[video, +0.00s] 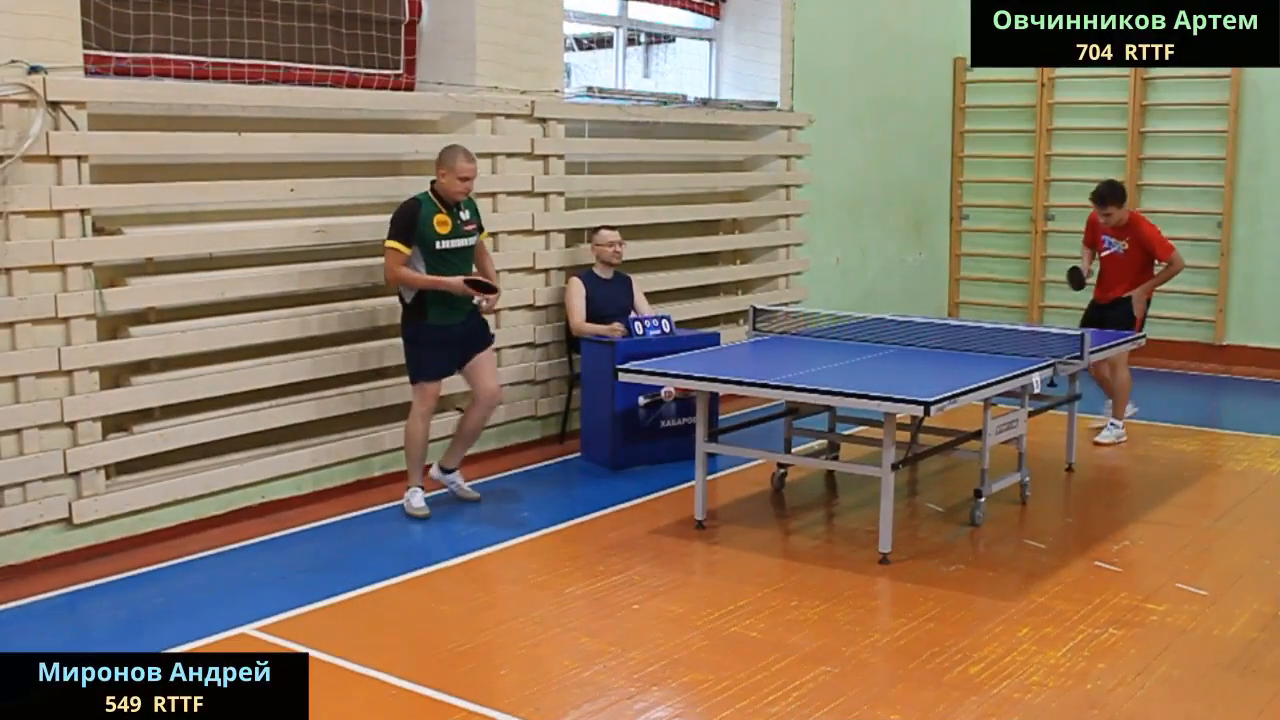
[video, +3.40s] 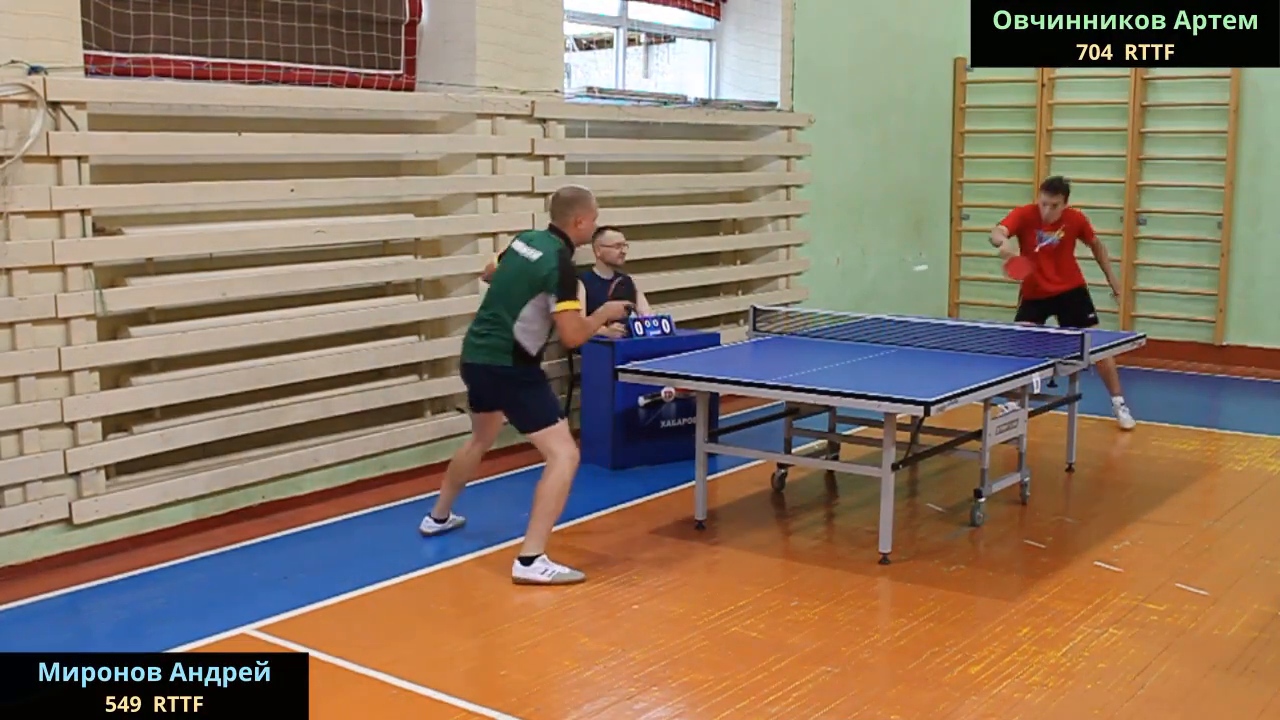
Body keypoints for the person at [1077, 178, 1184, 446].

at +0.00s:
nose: (1102, 219)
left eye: (1107, 215)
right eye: (1099, 214)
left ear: (1123, 208)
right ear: (1095, 208)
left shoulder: (1141, 228)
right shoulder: (1096, 221)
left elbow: (1177, 263)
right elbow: (1088, 247)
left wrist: (1142, 291)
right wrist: (1086, 267)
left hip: (1128, 302)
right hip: (1100, 300)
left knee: (1117, 361)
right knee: (1091, 358)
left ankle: (1117, 423)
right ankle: (1121, 402)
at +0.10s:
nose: (1093, 222)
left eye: (1098, 217)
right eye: (1090, 216)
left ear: (1115, 210)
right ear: (1087, 211)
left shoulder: (1134, 230)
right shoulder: (1087, 222)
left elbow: (1169, 265)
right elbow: (1081, 248)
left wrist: (1137, 290)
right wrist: (1077, 267)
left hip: (1121, 303)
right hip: (1093, 300)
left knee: (1112, 361)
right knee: (1076, 352)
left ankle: (1117, 424)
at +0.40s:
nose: (1060, 229)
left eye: (1065, 224)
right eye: (1057, 224)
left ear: (1081, 217)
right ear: (1053, 219)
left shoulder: (1102, 234)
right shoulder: (1052, 237)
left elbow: (1143, 259)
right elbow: (1046, 266)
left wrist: (1117, 290)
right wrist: (1044, 283)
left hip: (1102, 304)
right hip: (1070, 301)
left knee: (1105, 360)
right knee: (1051, 355)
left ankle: (1116, 424)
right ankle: (1047, 412)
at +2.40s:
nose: (1076, 224)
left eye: (1083, 219)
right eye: (1073, 218)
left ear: (1097, 217)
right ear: (1070, 216)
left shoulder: (1114, 236)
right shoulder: (1060, 240)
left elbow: (1149, 259)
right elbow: (1047, 274)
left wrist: (1125, 292)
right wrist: (1054, 289)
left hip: (1109, 310)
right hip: (1072, 311)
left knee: (1131, 357)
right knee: (1049, 358)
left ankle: (1140, 420)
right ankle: (1048, 411)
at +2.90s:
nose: (1069, 221)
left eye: (1074, 216)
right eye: (1066, 215)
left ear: (1090, 213)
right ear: (1063, 212)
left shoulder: (1110, 236)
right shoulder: (1056, 238)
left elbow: (1147, 262)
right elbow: (1020, 260)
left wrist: (1150, 297)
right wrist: (1016, 280)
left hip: (1114, 315)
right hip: (1073, 313)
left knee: (1136, 365)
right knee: (1036, 354)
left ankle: (1156, 419)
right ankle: (1018, 410)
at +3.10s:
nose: (1042, 242)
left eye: (1048, 237)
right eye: (1039, 236)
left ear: (1061, 232)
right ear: (1034, 228)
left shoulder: (1077, 244)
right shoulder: (1022, 240)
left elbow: (1111, 263)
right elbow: (982, 254)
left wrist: (1133, 296)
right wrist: (996, 272)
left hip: (1080, 314)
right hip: (1041, 314)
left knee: (1106, 360)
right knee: (1012, 357)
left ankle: (1141, 416)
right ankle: (1016, 412)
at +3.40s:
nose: (1046, 211)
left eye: (1053, 206)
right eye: (1043, 204)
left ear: (1065, 204)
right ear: (1038, 197)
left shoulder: (1075, 219)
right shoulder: (1025, 215)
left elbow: (1096, 245)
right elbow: (996, 233)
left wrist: (1111, 278)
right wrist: (1004, 243)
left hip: (1070, 292)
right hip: (1034, 294)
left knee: (1097, 348)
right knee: (1019, 349)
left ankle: (1119, 404)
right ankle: (1016, 407)